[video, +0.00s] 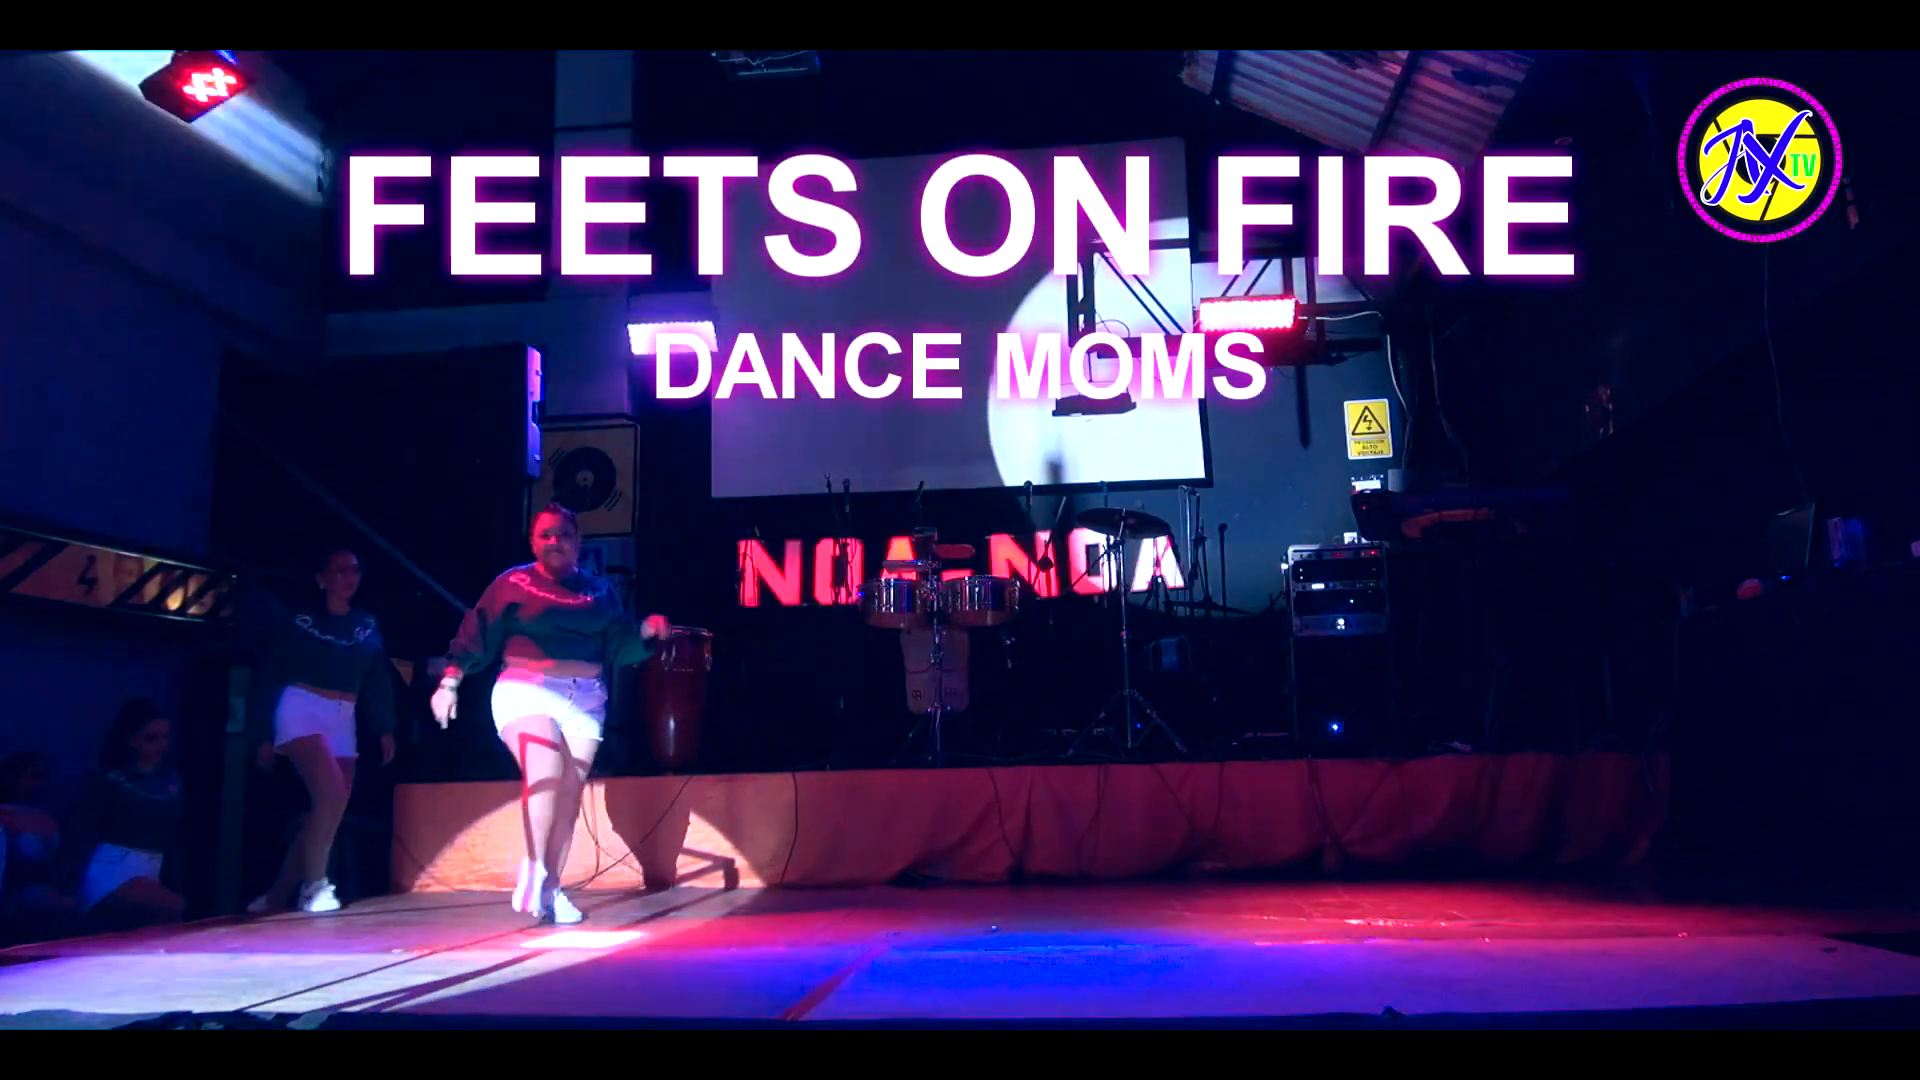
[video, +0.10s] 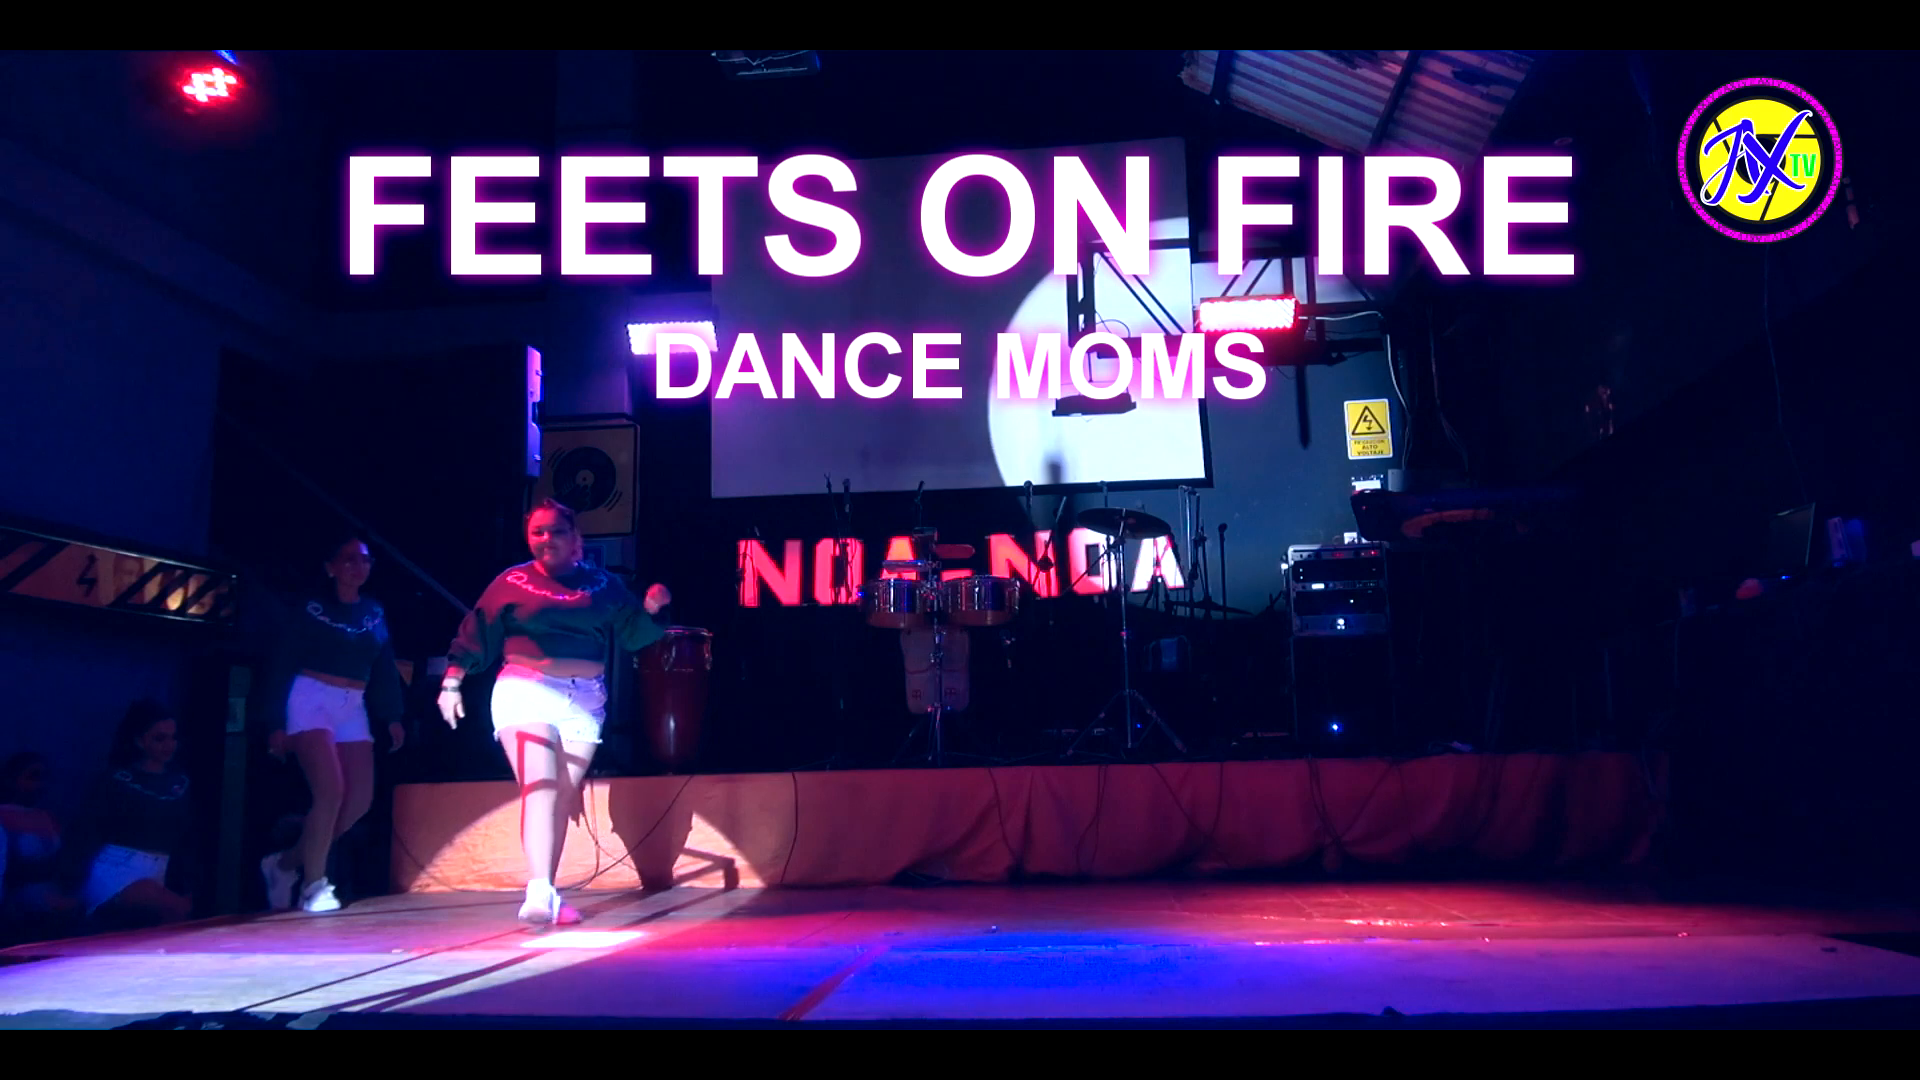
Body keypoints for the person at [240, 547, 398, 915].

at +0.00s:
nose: (348, 577)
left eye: (353, 571)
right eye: (340, 571)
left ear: (360, 577)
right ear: (322, 577)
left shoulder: (365, 625)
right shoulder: (298, 617)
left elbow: (379, 682)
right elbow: (272, 676)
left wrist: (385, 730)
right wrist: (266, 735)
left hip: (343, 716)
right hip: (300, 707)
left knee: (330, 808)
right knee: (332, 795)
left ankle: (276, 897)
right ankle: (315, 887)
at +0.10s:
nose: (358, 565)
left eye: (363, 559)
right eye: (349, 559)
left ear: (369, 568)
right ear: (331, 566)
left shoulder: (372, 614)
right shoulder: (307, 604)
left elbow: (384, 670)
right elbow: (282, 663)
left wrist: (392, 716)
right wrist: (276, 722)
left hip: (353, 704)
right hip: (309, 695)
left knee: (359, 799)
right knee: (329, 789)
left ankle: (283, 867)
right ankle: (314, 886)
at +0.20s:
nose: (370, 558)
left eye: (374, 552)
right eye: (362, 552)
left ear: (379, 560)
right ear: (342, 558)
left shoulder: (380, 606)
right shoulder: (318, 598)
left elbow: (389, 665)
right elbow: (295, 657)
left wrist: (394, 711)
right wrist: (292, 713)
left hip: (364, 694)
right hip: (322, 688)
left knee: (378, 787)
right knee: (329, 789)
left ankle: (308, 841)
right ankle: (315, 885)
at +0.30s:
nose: (381, 552)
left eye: (385, 546)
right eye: (373, 545)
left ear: (391, 554)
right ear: (353, 551)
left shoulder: (388, 597)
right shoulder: (331, 591)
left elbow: (394, 655)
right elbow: (310, 646)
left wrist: (395, 702)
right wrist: (313, 701)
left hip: (375, 685)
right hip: (334, 681)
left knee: (398, 774)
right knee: (329, 787)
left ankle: (346, 853)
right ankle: (314, 884)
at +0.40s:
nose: (397, 550)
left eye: (400, 544)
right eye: (388, 543)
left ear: (403, 554)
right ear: (366, 551)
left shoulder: (401, 598)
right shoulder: (349, 592)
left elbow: (403, 655)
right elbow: (325, 648)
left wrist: (401, 699)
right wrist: (343, 694)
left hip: (387, 689)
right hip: (344, 686)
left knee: (416, 773)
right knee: (328, 789)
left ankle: (384, 873)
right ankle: (315, 885)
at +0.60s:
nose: (432, 553)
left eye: (433, 548)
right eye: (423, 548)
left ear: (431, 558)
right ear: (399, 557)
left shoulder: (432, 601)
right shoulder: (381, 596)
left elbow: (457, 642)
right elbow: (361, 655)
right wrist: (381, 694)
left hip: (424, 696)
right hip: (380, 696)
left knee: (442, 786)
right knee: (379, 794)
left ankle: (406, 886)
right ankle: (326, 877)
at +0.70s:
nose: (448, 552)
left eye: (447, 547)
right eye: (438, 547)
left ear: (443, 558)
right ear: (414, 556)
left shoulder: (451, 601)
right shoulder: (398, 599)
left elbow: (465, 651)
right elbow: (378, 658)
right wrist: (391, 708)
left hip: (446, 694)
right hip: (407, 695)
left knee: (450, 794)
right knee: (424, 792)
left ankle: (407, 885)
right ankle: (352, 854)